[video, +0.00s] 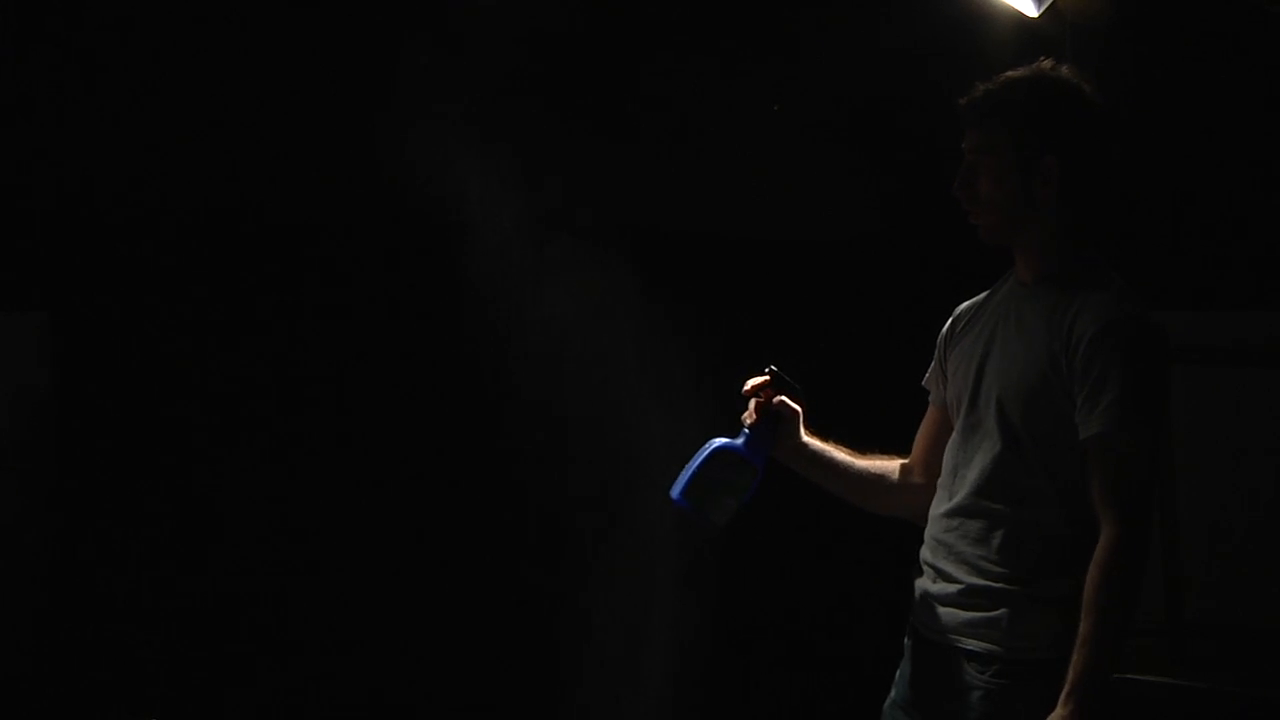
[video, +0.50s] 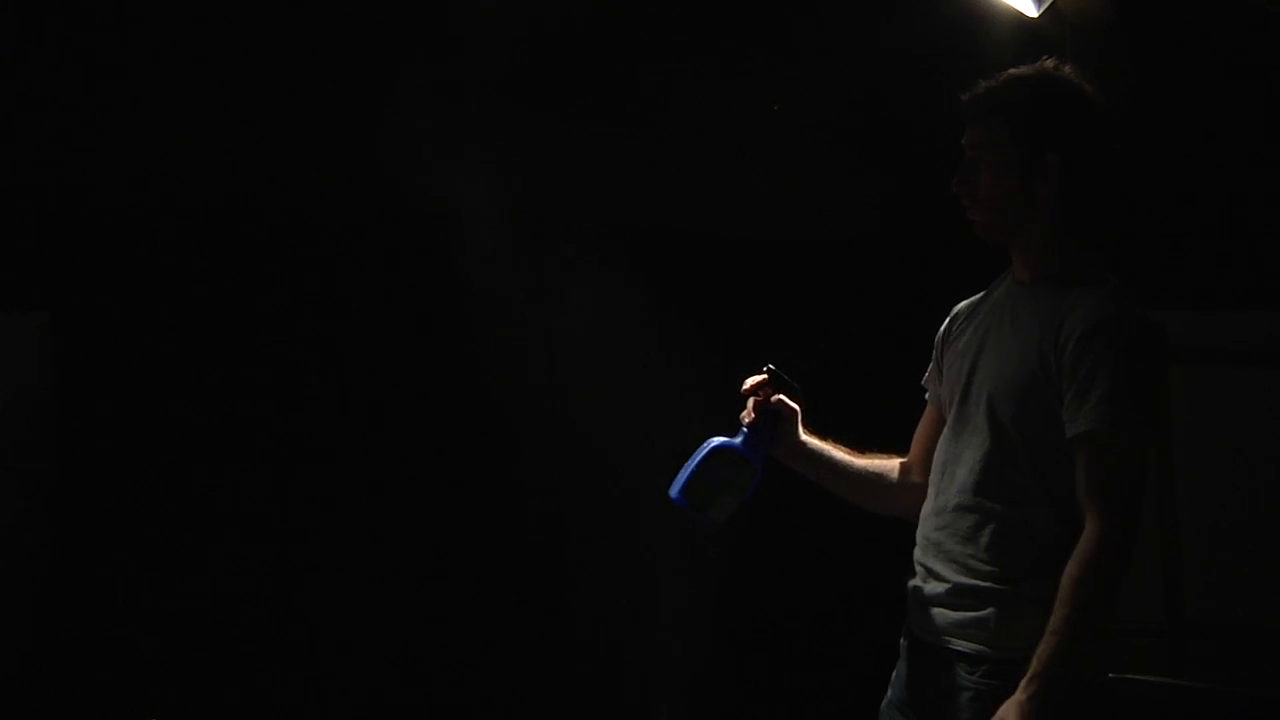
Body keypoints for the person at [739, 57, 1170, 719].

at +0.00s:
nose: (962, 184)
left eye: (982, 163)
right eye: (966, 163)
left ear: (1044, 174)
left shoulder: (1103, 324)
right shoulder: (969, 322)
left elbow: (1123, 527)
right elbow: (920, 486)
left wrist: (1076, 698)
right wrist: (798, 443)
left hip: (1022, 659)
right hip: (931, 644)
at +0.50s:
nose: (963, 180)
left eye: (983, 159)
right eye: (967, 159)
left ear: (1044, 171)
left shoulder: (1097, 323)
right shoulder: (966, 321)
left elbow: (1108, 526)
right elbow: (914, 485)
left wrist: (1035, 692)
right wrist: (797, 443)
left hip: (1011, 668)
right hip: (925, 648)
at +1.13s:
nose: (1118, 324)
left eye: (1139, 307)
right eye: (1122, 306)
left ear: (1199, 321)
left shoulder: (1257, 458)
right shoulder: (1088, 457)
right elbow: (931, 520)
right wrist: (806, 451)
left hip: (1234, 700)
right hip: (1118, 702)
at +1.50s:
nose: (1119, 316)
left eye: (1141, 299)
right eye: (1124, 297)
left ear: (1202, 318)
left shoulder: (1260, 460)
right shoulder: (1088, 456)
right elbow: (932, 520)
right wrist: (807, 448)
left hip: (1229, 700)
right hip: (1113, 701)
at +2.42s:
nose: (1118, 317)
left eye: (1141, 301)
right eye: (1123, 299)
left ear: (1200, 319)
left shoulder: (1255, 460)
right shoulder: (1089, 456)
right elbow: (933, 520)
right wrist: (810, 449)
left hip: (1230, 699)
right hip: (1118, 700)